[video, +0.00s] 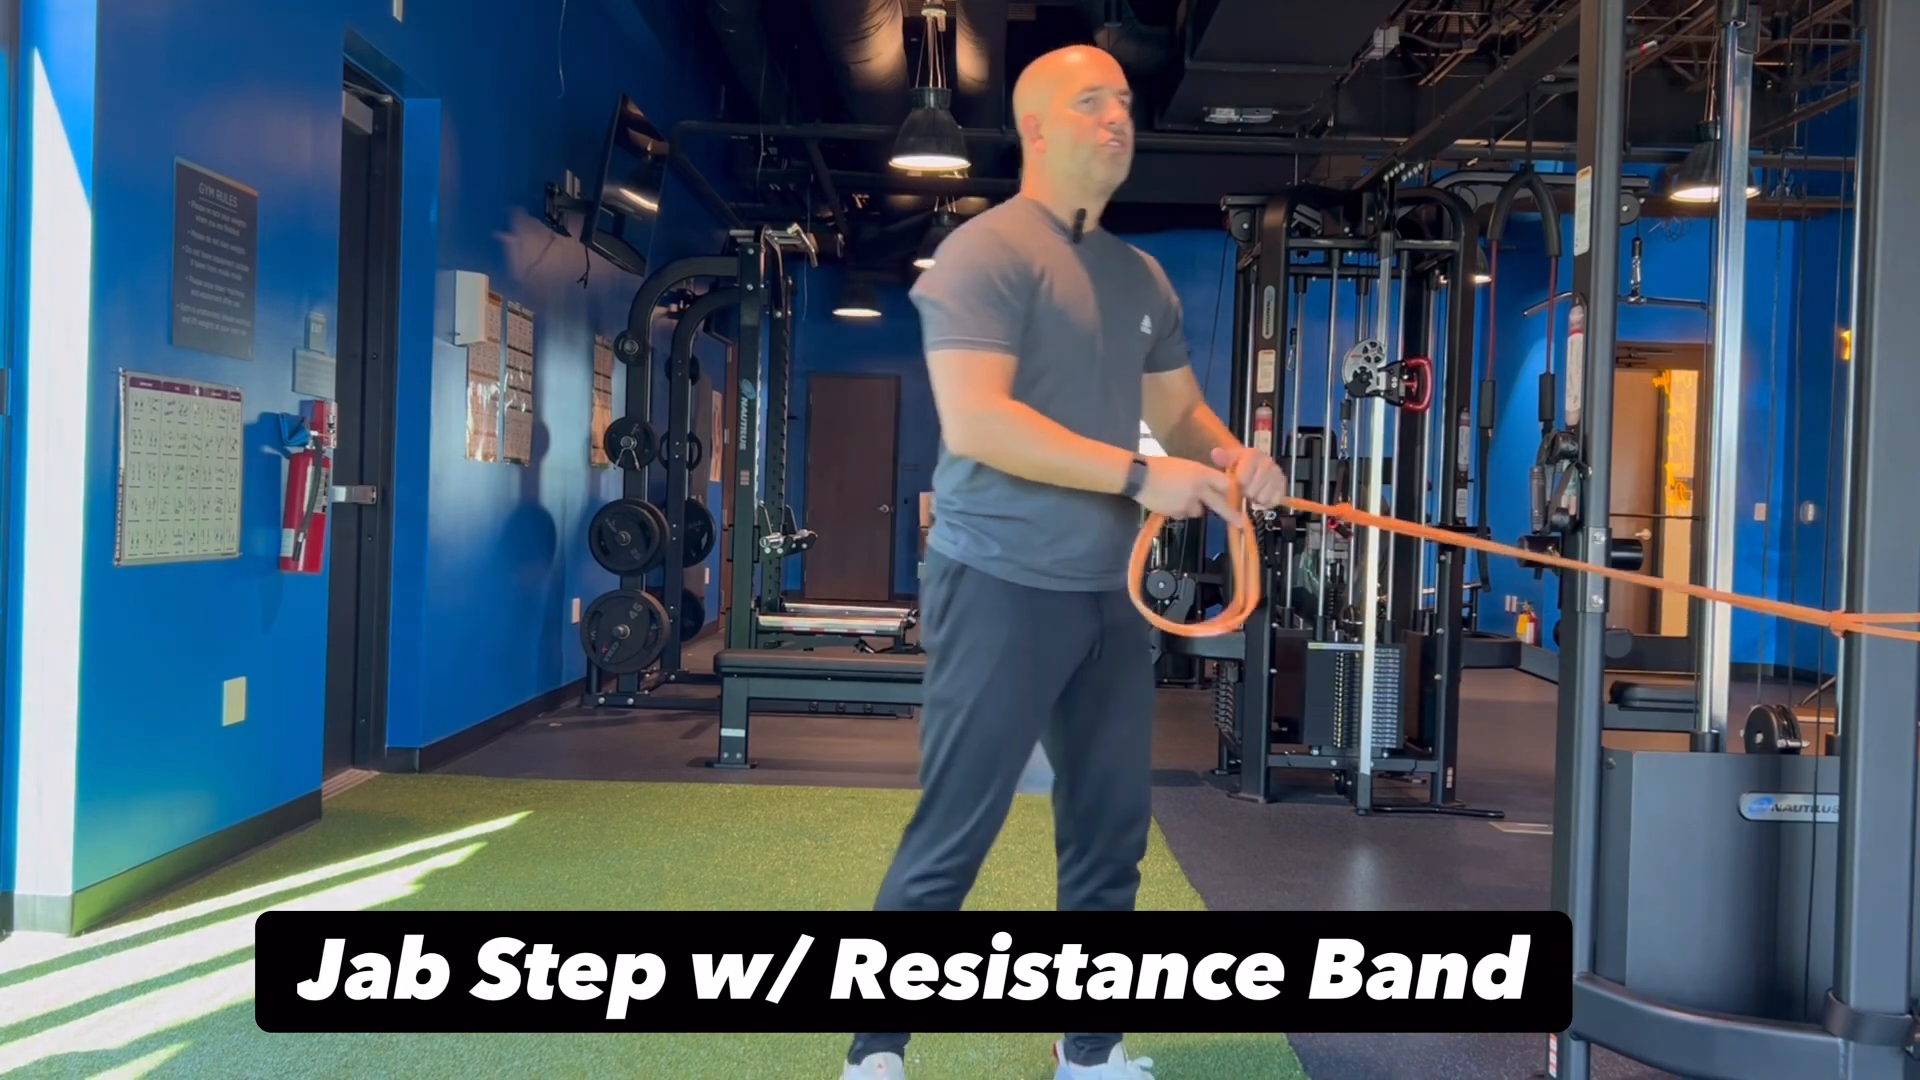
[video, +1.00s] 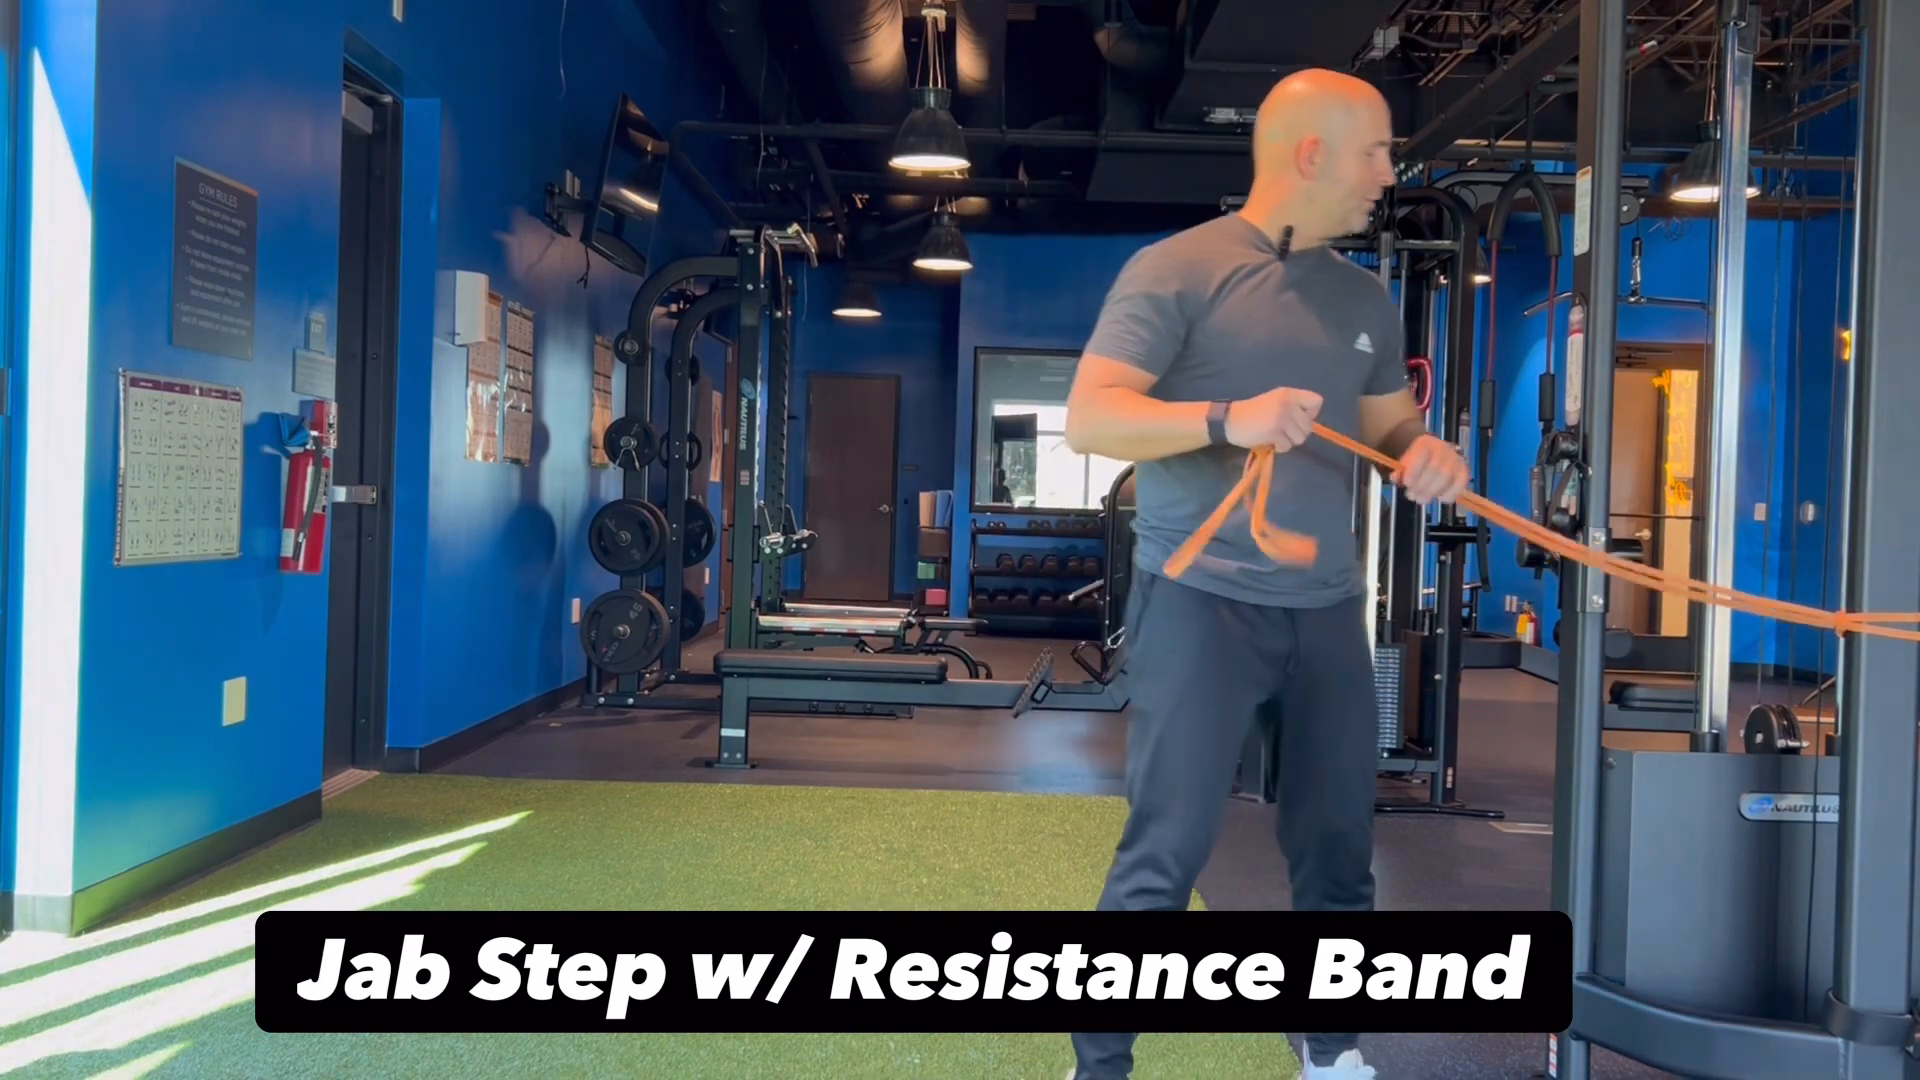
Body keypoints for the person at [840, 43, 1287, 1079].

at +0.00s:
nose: (1122, 118)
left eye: (1128, 104)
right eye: (1095, 101)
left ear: (1132, 134)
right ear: (1037, 127)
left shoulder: (1140, 277)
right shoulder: (981, 252)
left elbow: (1179, 412)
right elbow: (973, 422)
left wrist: (1231, 455)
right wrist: (1135, 471)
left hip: (1110, 592)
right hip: (997, 584)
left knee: (1109, 836)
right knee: (955, 831)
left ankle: (1089, 1051)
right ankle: (877, 1045)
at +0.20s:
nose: (1176, 128)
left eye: (1186, 113)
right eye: (1150, 109)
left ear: (1195, 141)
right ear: (1092, 132)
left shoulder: (1196, 287)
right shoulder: (1043, 255)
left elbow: (1211, 425)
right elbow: (1036, 422)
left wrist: (1253, 444)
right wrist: (1199, 474)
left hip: (1155, 587)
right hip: (1047, 572)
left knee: (1135, 828)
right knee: (1058, 809)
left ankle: (1090, 1050)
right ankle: (912, 1009)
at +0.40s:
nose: (1230, 125)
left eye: (1235, 110)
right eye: (1205, 107)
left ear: (1234, 136)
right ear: (1142, 129)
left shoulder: (1227, 281)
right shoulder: (1090, 245)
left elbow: (1240, 422)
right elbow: (1058, 415)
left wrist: (1296, 439)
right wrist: (1220, 462)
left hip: (1181, 582)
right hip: (1088, 570)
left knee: (1155, 823)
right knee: (1128, 822)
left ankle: (1091, 1039)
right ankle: (1074, 1053)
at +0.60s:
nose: (1282, 141)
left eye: (1280, 122)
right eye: (1265, 120)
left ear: (1210, 136)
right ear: (1195, 131)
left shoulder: (1247, 282)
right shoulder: (1109, 247)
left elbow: (1252, 427)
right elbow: (1069, 418)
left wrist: (1307, 454)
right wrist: (1247, 453)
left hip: (1222, 593)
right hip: (1121, 585)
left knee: (1243, 821)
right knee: (1126, 838)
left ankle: (1126, 1012)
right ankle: (1090, 1055)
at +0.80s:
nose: (1322, 161)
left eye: (1322, 139)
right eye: (1309, 137)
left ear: (1255, 143)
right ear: (1241, 139)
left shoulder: (1285, 282)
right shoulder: (1133, 250)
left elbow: (1293, 425)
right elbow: (1071, 416)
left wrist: (1338, 446)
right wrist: (1244, 433)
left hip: (1269, 592)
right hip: (1153, 589)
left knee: (1327, 814)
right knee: (1136, 856)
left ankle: (1258, 1026)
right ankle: (1093, 1061)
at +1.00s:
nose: (1389, 175)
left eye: (1389, 154)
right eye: (1374, 152)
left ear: (1316, 159)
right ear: (1304, 155)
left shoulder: (1366, 299)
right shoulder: (1177, 270)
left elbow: (1387, 429)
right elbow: (1090, 417)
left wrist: (1421, 451)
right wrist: (1224, 418)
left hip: (1327, 609)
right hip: (1199, 601)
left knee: (1339, 850)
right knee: (1167, 851)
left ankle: (1329, 1051)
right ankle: (1100, 1059)